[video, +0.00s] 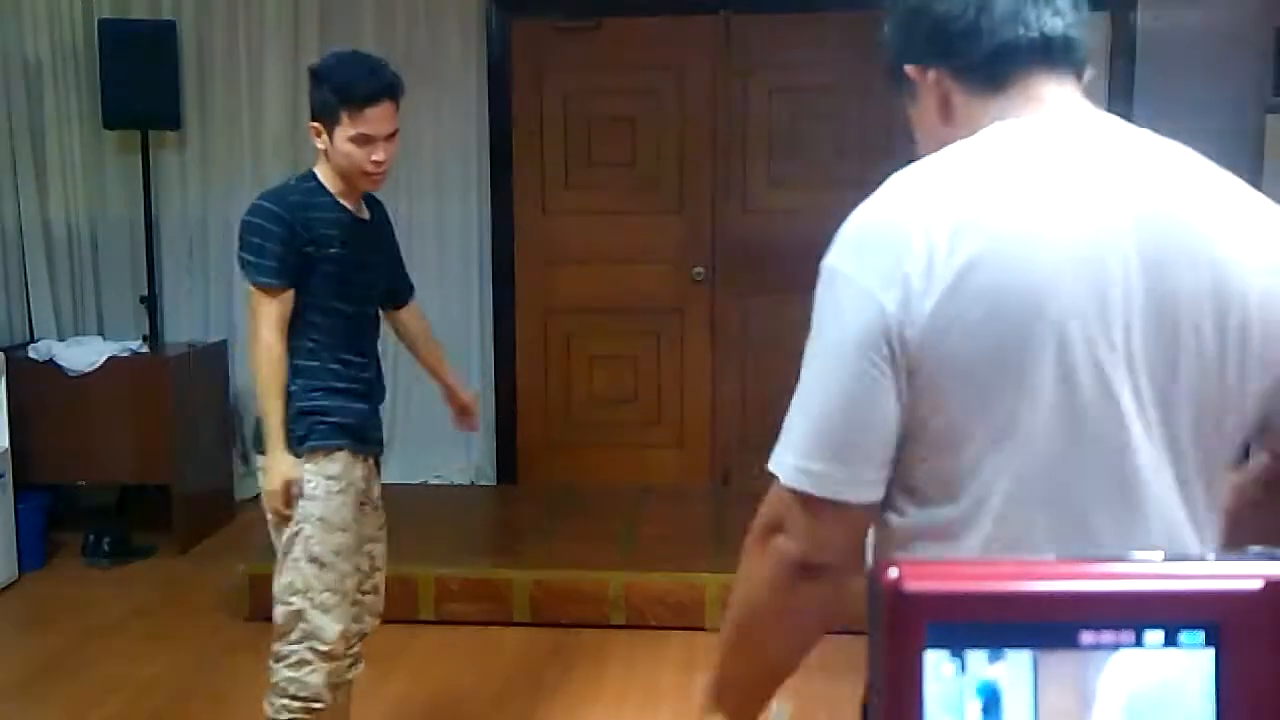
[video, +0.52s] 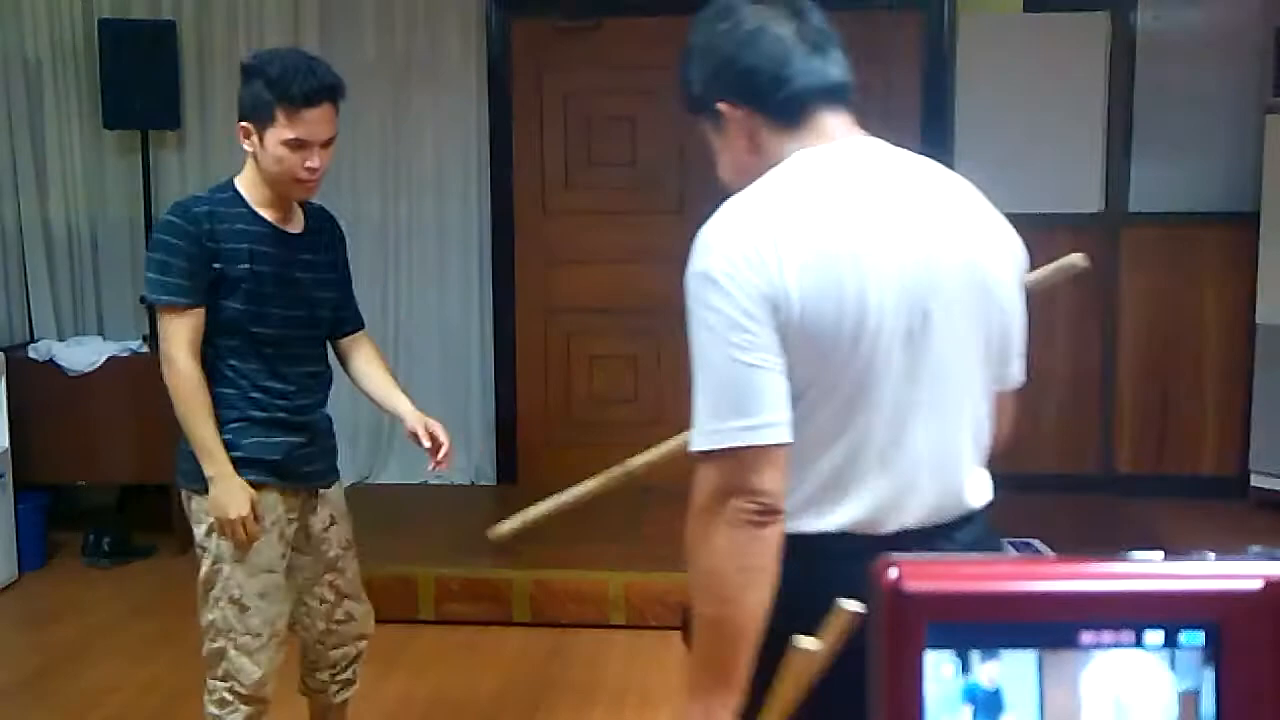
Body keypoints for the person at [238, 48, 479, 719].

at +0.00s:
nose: (380, 155)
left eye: (389, 139)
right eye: (364, 141)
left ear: (399, 130)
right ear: (320, 135)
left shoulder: (371, 215)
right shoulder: (279, 214)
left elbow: (401, 309)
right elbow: (267, 333)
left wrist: (449, 382)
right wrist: (275, 450)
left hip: (359, 445)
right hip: (311, 445)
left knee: (354, 619)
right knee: (317, 630)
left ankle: (326, 709)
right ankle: (297, 714)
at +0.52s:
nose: (315, 162)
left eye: (326, 144)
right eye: (297, 146)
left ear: (337, 135)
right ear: (249, 136)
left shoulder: (324, 232)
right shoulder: (194, 225)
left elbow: (351, 341)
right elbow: (178, 359)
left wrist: (407, 412)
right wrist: (221, 477)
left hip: (317, 478)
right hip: (236, 482)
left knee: (340, 646)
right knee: (243, 671)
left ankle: (330, 717)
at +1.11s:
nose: (334, 158)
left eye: (346, 141)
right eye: (318, 137)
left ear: (355, 133)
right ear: (263, 123)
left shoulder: (335, 238)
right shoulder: (182, 215)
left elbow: (351, 366)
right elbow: (139, 350)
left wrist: (406, 450)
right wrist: (202, 467)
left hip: (317, 500)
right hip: (220, 504)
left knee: (329, 699)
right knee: (241, 704)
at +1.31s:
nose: (328, 154)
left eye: (337, 136)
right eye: (313, 133)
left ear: (341, 127)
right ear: (254, 118)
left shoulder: (311, 232)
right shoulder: (171, 216)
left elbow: (325, 361)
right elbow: (136, 361)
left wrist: (390, 451)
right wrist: (237, 466)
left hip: (301, 509)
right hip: (208, 522)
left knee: (314, 702)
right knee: (237, 708)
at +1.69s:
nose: (259, 150)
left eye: (263, 132)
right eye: (248, 129)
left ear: (185, 120)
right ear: (183, 116)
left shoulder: (169, 221)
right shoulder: (135, 218)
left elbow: (196, 374)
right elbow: (185, 381)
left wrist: (281, 440)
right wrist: (323, 396)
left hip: (181, 528)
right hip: (157, 537)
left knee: (218, 698)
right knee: (206, 702)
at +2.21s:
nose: (111, 152)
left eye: (114, 133)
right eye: (100, 132)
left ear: (35, 125)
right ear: (37, 123)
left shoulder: (11, 217)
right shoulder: (30, 225)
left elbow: (19, 403)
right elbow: (135, 369)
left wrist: (106, 463)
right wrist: (209, 298)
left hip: (21, 542)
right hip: (66, 548)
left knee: (29, 703)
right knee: (126, 704)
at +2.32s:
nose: (81, 153)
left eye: (86, 134)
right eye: (72, 132)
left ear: (15, 126)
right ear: (12, 122)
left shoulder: (12, 222)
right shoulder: (8, 223)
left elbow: (5, 408)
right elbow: (85, 372)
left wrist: (74, 473)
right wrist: (160, 290)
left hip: (30, 533)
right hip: (32, 539)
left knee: (47, 701)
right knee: (75, 704)